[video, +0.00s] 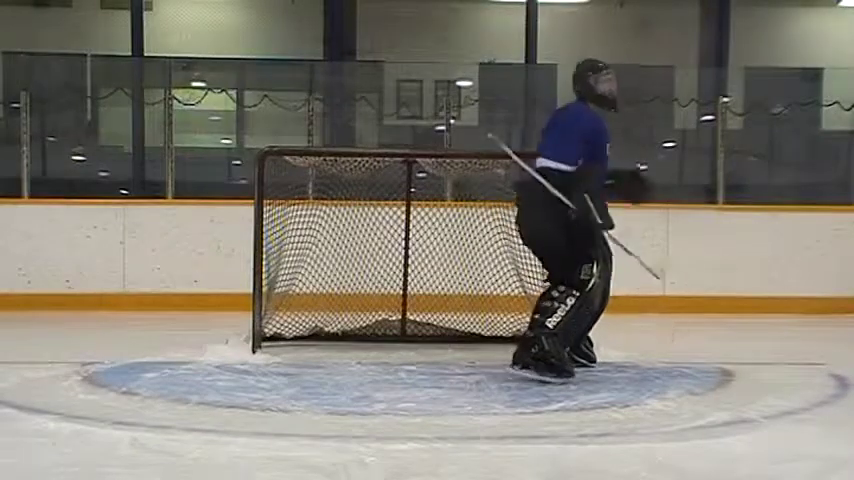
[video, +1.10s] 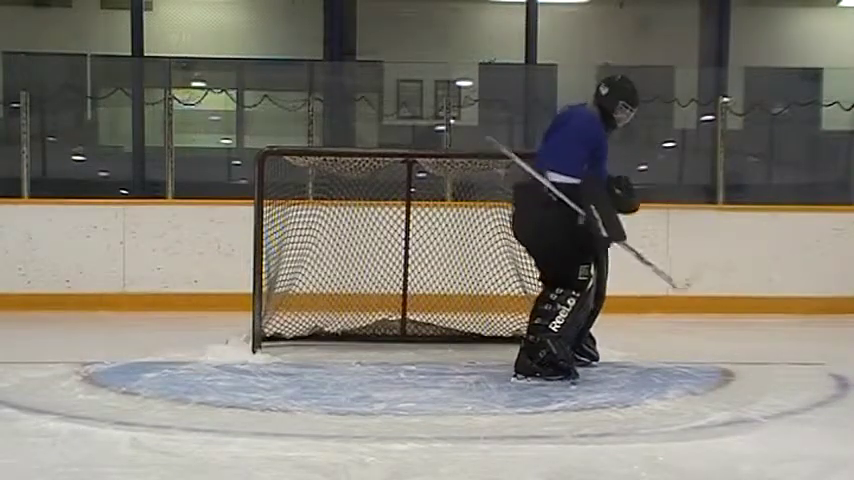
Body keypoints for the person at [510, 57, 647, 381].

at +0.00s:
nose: (614, 87)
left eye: (613, 80)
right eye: (608, 81)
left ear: (587, 86)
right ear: (590, 84)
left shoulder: (562, 117)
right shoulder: (591, 123)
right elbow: (584, 184)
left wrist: (618, 178)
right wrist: (598, 225)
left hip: (533, 209)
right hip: (557, 212)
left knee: (565, 275)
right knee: (592, 274)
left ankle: (536, 343)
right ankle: (548, 343)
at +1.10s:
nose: (624, 117)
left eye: (628, 111)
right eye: (624, 109)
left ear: (602, 97)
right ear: (610, 102)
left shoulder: (569, 116)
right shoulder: (594, 130)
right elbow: (595, 187)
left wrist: (605, 191)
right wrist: (615, 231)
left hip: (528, 209)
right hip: (556, 213)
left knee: (558, 280)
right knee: (582, 279)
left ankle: (537, 348)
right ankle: (544, 351)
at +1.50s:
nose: (642, 175)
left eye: (646, 170)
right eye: (640, 167)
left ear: (618, 152)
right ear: (628, 159)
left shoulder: (591, 163)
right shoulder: (610, 187)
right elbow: (600, 239)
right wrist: (617, 279)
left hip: (514, 220)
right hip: (535, 232)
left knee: (564, 287)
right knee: (592, 288)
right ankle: (541, 356)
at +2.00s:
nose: (635, 152)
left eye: (635, 145)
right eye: (629, 145)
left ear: (604, 145)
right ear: (611, 145)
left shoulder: (581, 162)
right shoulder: (606, 178)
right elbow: (602, 238)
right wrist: (620, 280)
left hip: (512, 221)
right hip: (533, 229)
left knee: (562, 290)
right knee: (590, 287)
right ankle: (543, 355)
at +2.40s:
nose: (624, 128)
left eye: (624, 122)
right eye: (617, 123)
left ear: (596, 126)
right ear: (600, 125)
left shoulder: (580, 148)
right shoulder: (595, 156)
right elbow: (588, 214)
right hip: (537, 224)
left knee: (560, 288)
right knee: (584, 287)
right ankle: (538, 354)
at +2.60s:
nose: (621, 119)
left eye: (619, 113)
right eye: (614, 114)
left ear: (591, 118)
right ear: (599, 117)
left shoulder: (577, 143)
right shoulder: (597, 151)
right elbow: (588, 216)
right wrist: (598, 261)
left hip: (525, 215)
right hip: (542, 221)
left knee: (555, 287)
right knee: (578, 285)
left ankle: (533, 347)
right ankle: (535, 352)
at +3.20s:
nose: (628, 120)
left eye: (627, 113)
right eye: (622, 113)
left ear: (596, 116)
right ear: (606, 116)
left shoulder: (574, 140)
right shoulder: (606, 151)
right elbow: (582, 211)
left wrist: (618, 187)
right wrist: (589, 262)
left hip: (526, 212)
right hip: (549, 221)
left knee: (546, 289)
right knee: (569, 292)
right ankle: (508, 355)